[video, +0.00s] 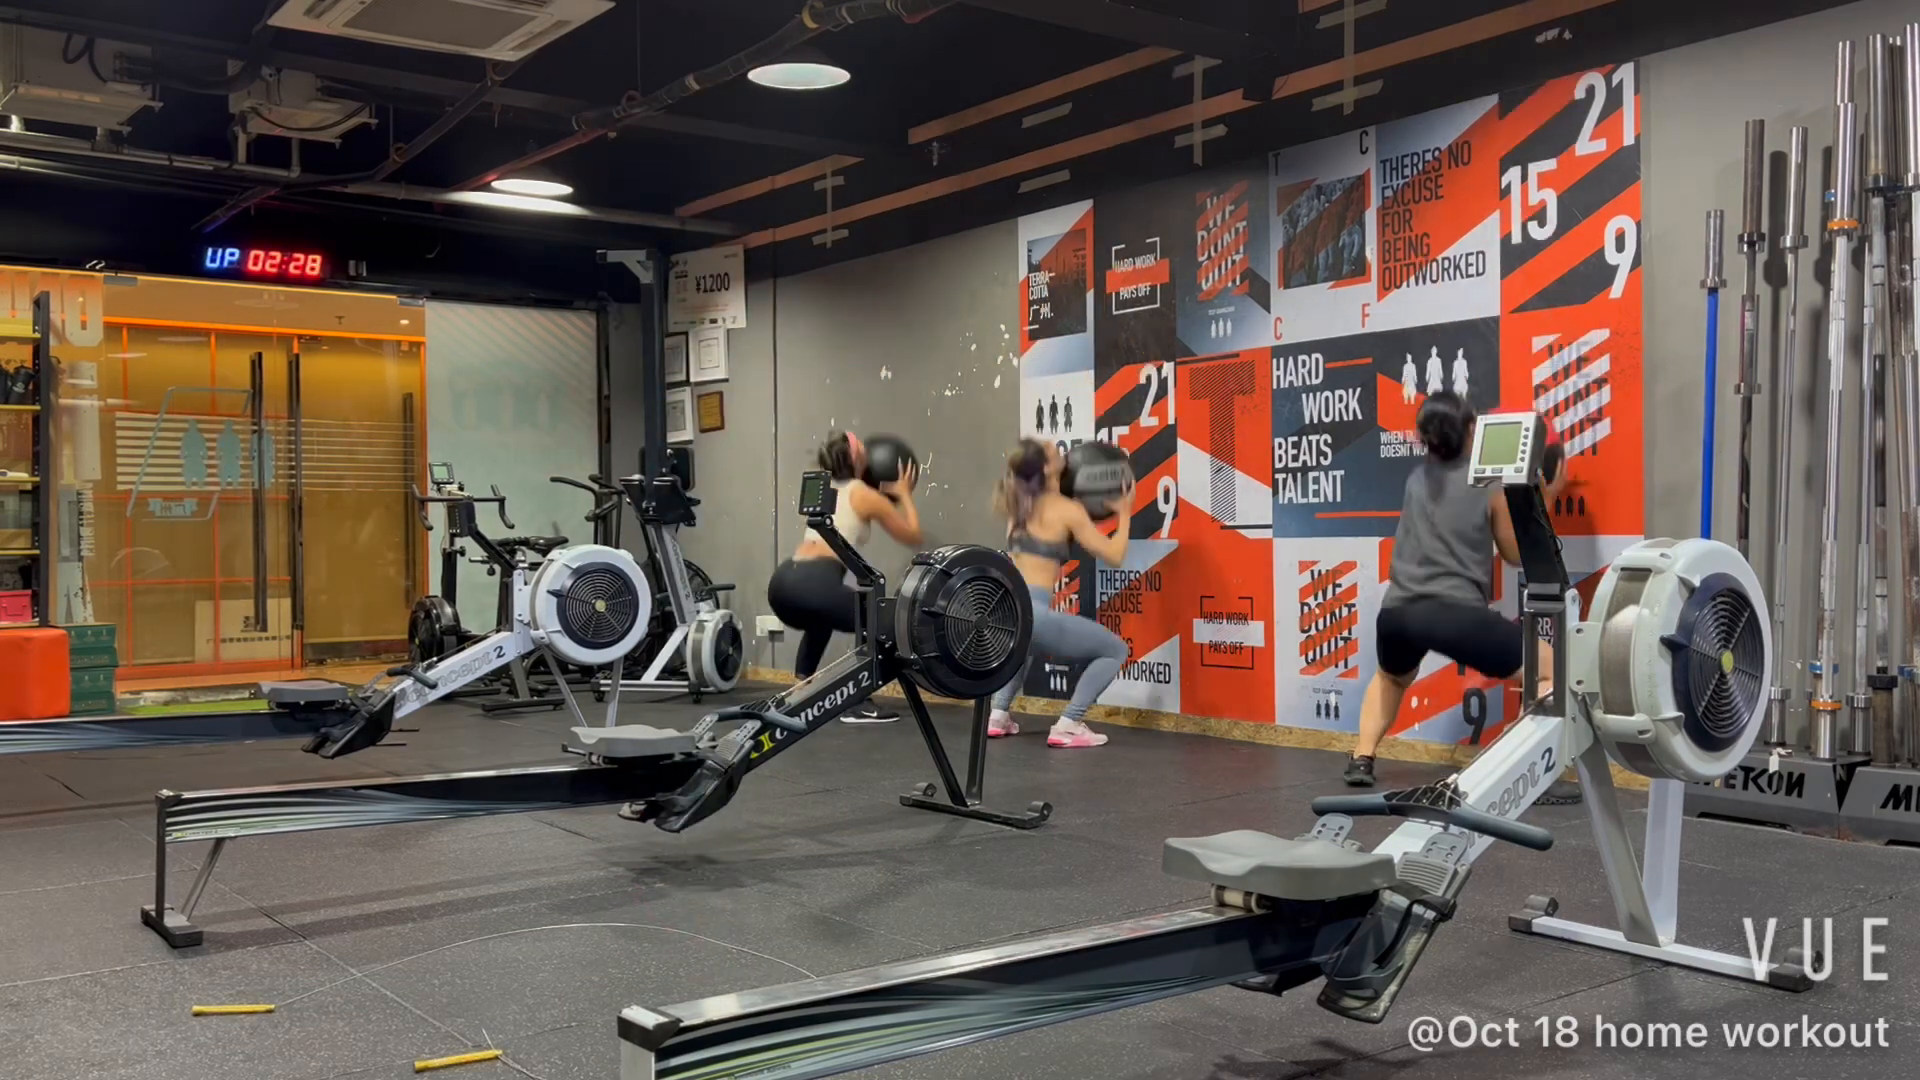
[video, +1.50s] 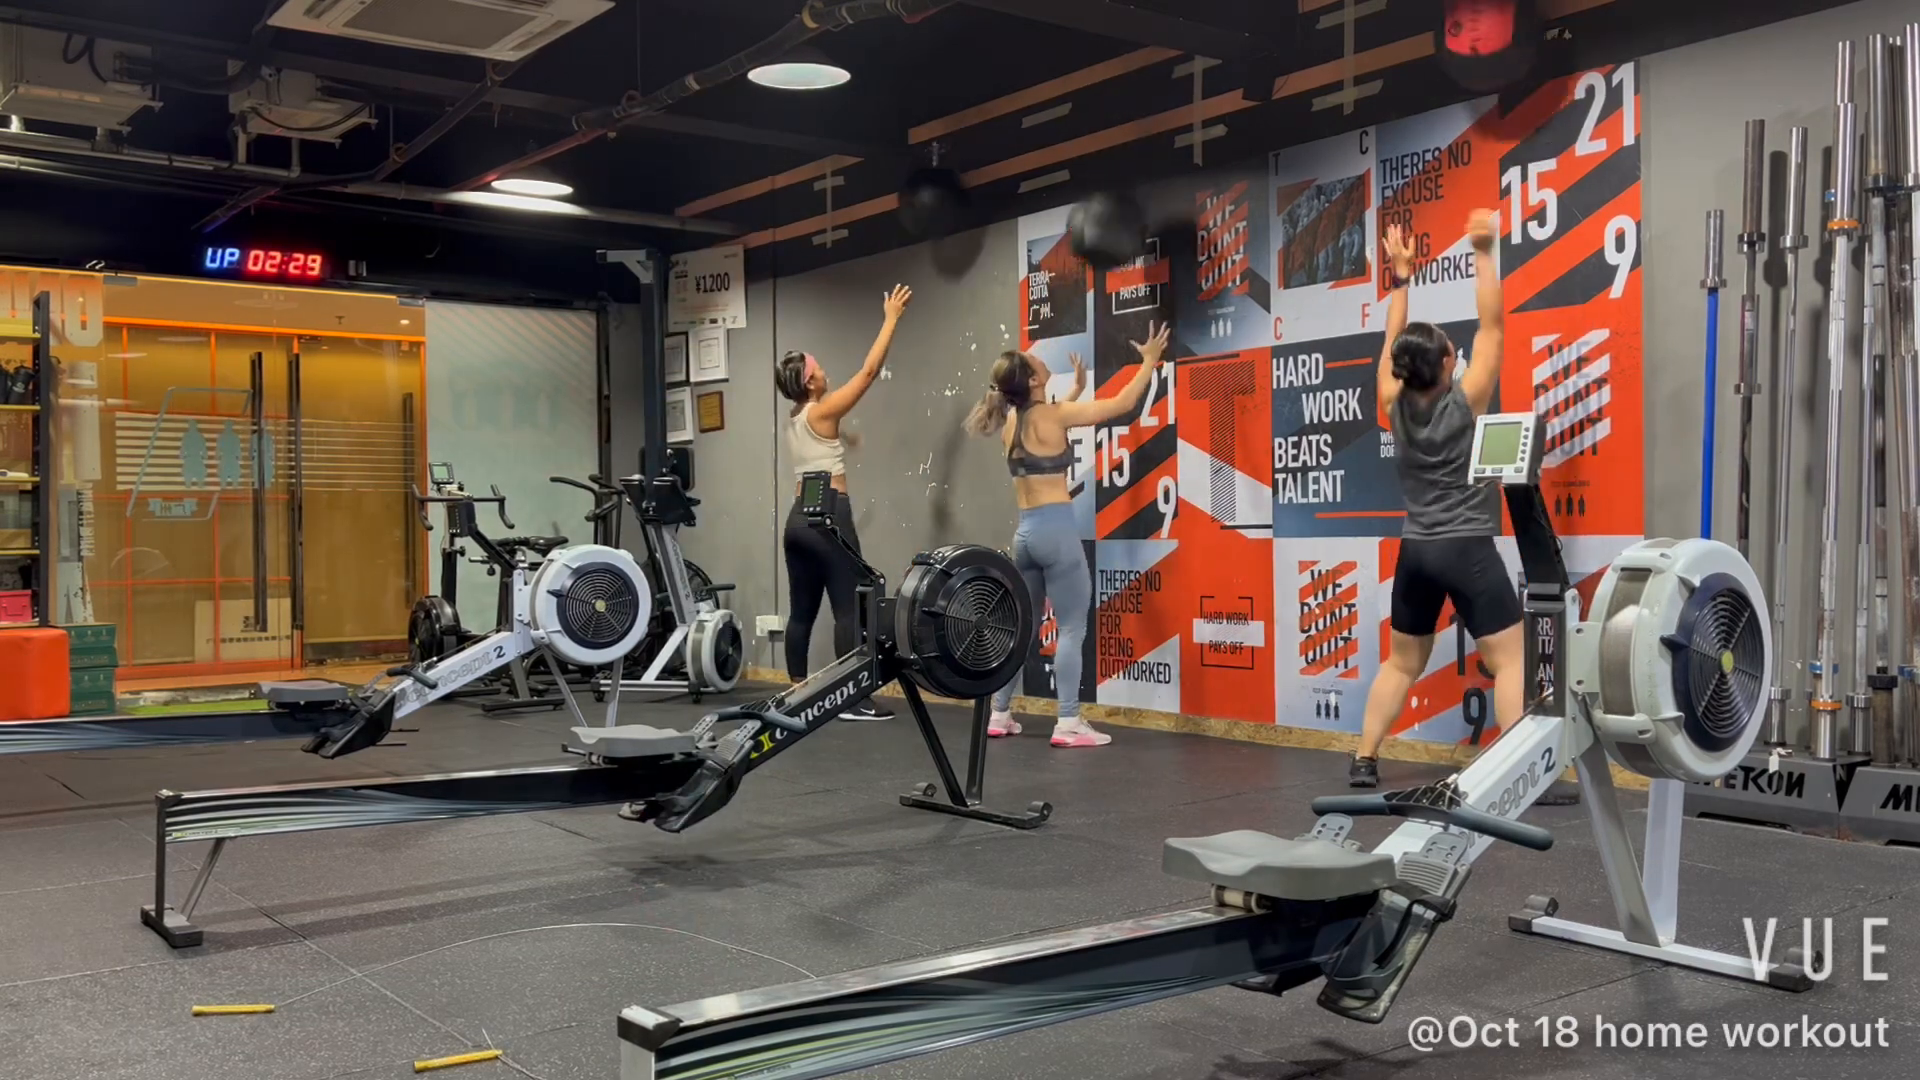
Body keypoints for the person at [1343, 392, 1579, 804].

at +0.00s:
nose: (1479, 429)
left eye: (1474, 423)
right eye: (1475, 424)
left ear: (1426, 437)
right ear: (1470, 432)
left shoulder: (1416, 480)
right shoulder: (1488, 485)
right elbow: (1515, 554)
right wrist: (1545, 499)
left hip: (1399, 612)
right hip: (1459, 614)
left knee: (1390, 677)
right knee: (1547, 669)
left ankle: (1361, 759)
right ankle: (1541, 775)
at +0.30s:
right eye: (1471, 462)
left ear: (1425, 474)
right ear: (1469, 469)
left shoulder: (1416, 519)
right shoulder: (1495, 525)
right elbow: (1516, 597)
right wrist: (1547, 541)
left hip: (1396, 646)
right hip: (1457, 648)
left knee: (1398, 688)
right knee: (1550, 668)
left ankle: (1362, 760)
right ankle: (1538, 775)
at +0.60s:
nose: (1480, 482)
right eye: (1476, 476)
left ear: (1430, 485)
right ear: (1473, 484)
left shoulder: (1419, 528)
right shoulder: (1498, 538)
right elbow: (1515, 611)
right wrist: (1521, 570)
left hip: (1388, 651)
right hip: (1450, 653)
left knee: (1390, 680)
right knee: (1547, 668)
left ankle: (1362, 758)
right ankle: (1543, 772)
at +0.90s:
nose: (1478, 435)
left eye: (1473, 429)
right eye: (1474, 431)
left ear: (1426, 447)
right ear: (1470, 444)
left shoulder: (1414, 490)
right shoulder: (1489, 494)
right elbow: (1514, 568)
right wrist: (1533, 509)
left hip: (1390, 612)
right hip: (1451, 613)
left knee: (1392, 675)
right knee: (1542, 670)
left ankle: (1363, 757)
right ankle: (1528, 775)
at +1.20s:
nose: (1443, 322)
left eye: (1438, 316)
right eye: (1438, 318)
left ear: (1399, 337)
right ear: (1434, 331)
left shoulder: (1391, 374)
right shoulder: (1465, 364)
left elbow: (1416, 344)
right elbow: (1521, 345)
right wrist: (1520, 282)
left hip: (1417, 514)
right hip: (1471, 512)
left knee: (1395, 628)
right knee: (1503, 620)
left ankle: (1362, 722)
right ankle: (1533, 722)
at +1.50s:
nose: (1454, 352)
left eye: (1446, 348)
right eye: (1449, 349)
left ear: (1403, 369)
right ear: (1445, 365)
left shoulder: (1396, 406)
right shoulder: (1468, 400)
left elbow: (1392, 341)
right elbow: (1491, 325)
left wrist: (1401, 276)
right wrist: (1485, 251)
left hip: (1417, 553)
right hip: (1470, 552)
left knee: (1401, 661)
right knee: (1507, 663)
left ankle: (1363, 762)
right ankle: (1520, 776)